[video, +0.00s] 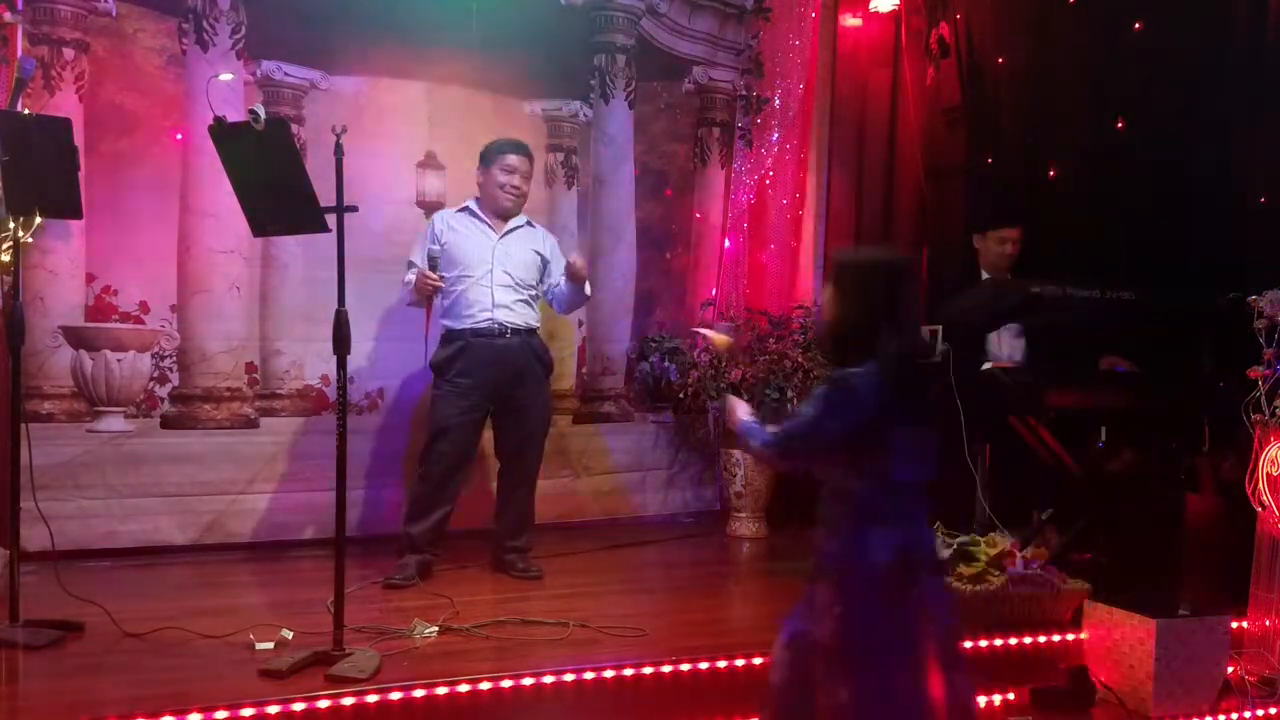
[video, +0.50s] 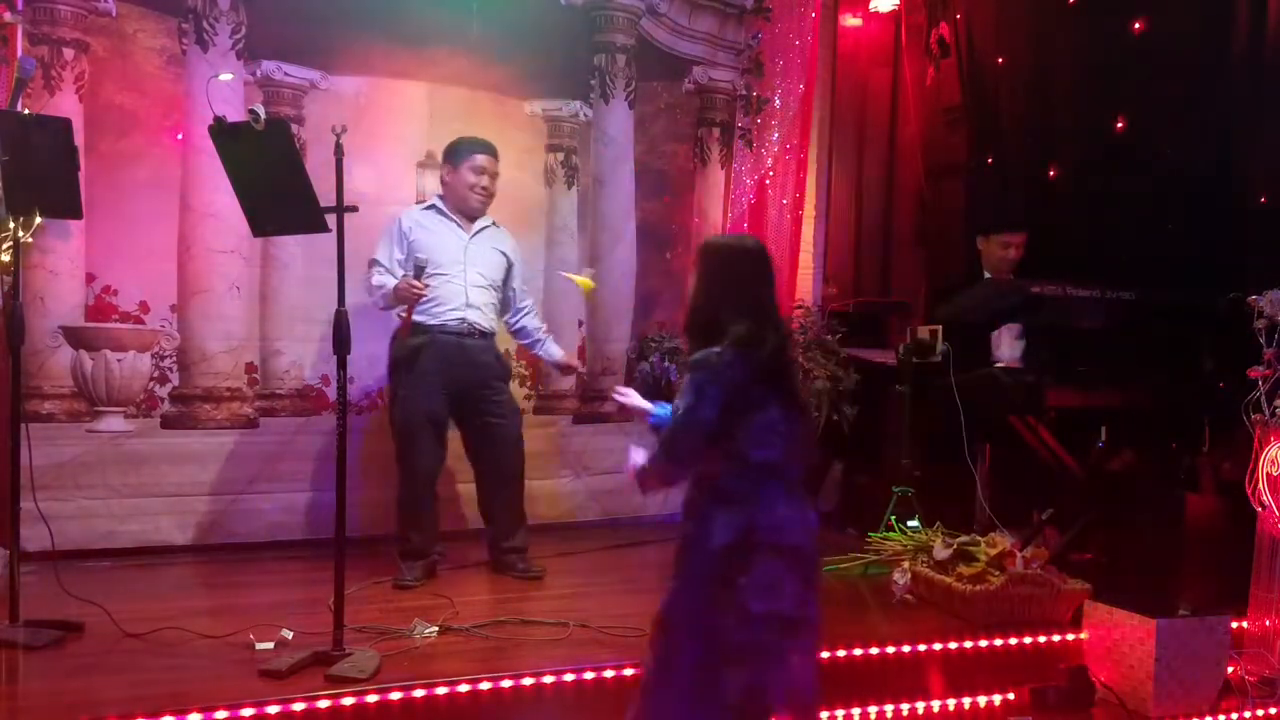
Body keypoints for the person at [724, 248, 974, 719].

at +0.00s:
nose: (821, 302)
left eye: (829, 291)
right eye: (825, 290)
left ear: (853, 303)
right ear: (888, 302)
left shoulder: (855, 386)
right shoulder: (918, 374)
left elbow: (784, 447)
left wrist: (744, 423)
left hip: (860, 555)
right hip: (912, 545)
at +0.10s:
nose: (798, 303)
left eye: (806, 294)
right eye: (803, 292)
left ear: (821, 307)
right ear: (872, 310)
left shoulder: (815, 387)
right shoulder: (882, 384)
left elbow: (741, 437)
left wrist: (712, 408)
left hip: (820, 558)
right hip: (877, 551)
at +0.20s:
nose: (769, 301)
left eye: (776, 291)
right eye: (773, 289)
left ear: (790, 301)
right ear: (837, 301)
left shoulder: (782, 377)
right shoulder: (851, 371)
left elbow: (705, 426)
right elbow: (807, 452)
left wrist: (683, 397)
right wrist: (738, 456)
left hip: (787, 537)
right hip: (845, 531)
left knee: (770, 649)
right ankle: (894, 708)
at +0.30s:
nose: (740, 297)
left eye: (746, 287)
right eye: (744, 286)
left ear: (759, 298)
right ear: (811, 297)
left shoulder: (753, 374)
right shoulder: (830, 368)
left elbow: (680, 426)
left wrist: (662, 405)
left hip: (767, 531)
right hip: (828, 526)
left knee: (739, 647)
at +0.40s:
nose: (715, 295)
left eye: (721, 284)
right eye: (719, 283)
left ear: (736, 293)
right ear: (783, 292)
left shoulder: (736, 369)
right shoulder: (807, 361)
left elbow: (674, 440)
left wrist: (646, 429)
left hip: (751, 532)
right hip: (810, 527)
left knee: (708, 646)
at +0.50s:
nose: (691, 290)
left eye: (698, 280)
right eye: (695, 279)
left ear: (714, 289)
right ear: (759, 288)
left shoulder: (717, 365)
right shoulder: (773, 355)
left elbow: (683, 447)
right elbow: (724, 424)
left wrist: (648, 471)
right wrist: (649, 410)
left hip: (733, 529)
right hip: (785, 525)